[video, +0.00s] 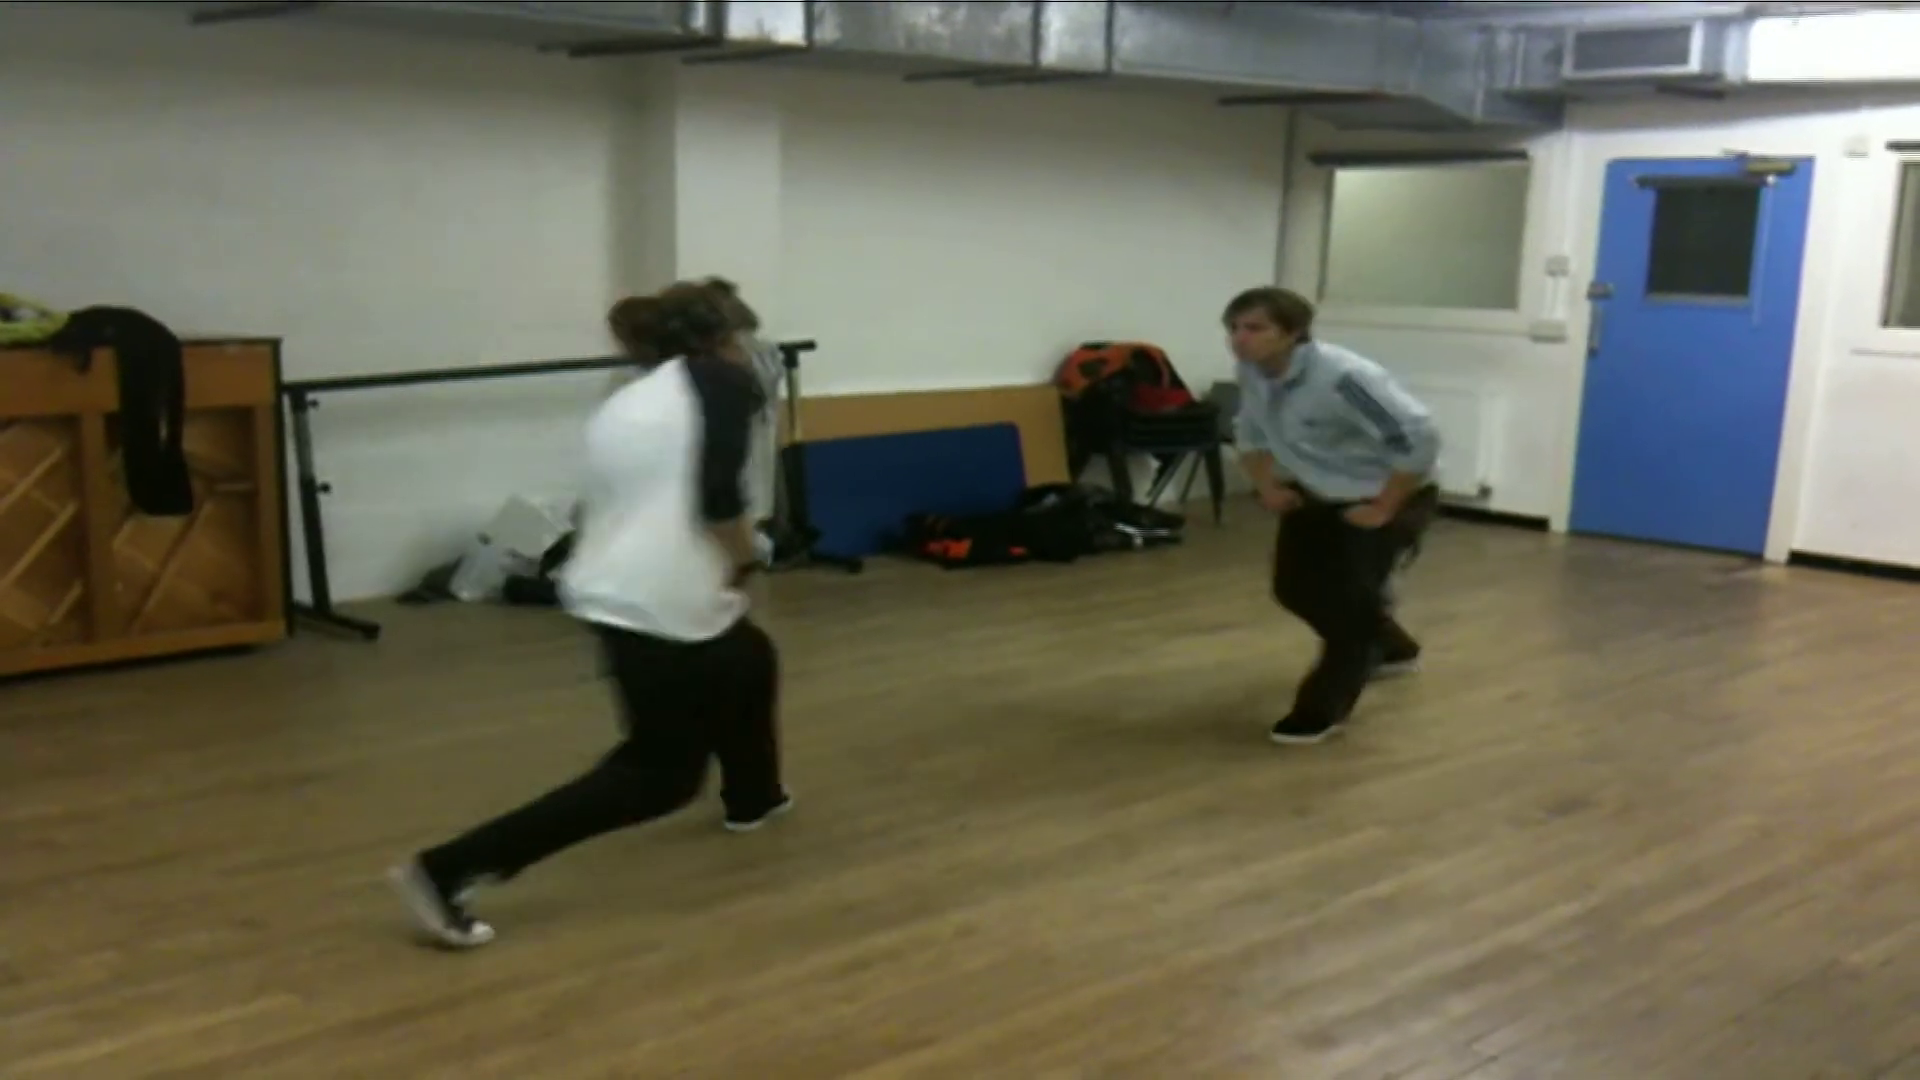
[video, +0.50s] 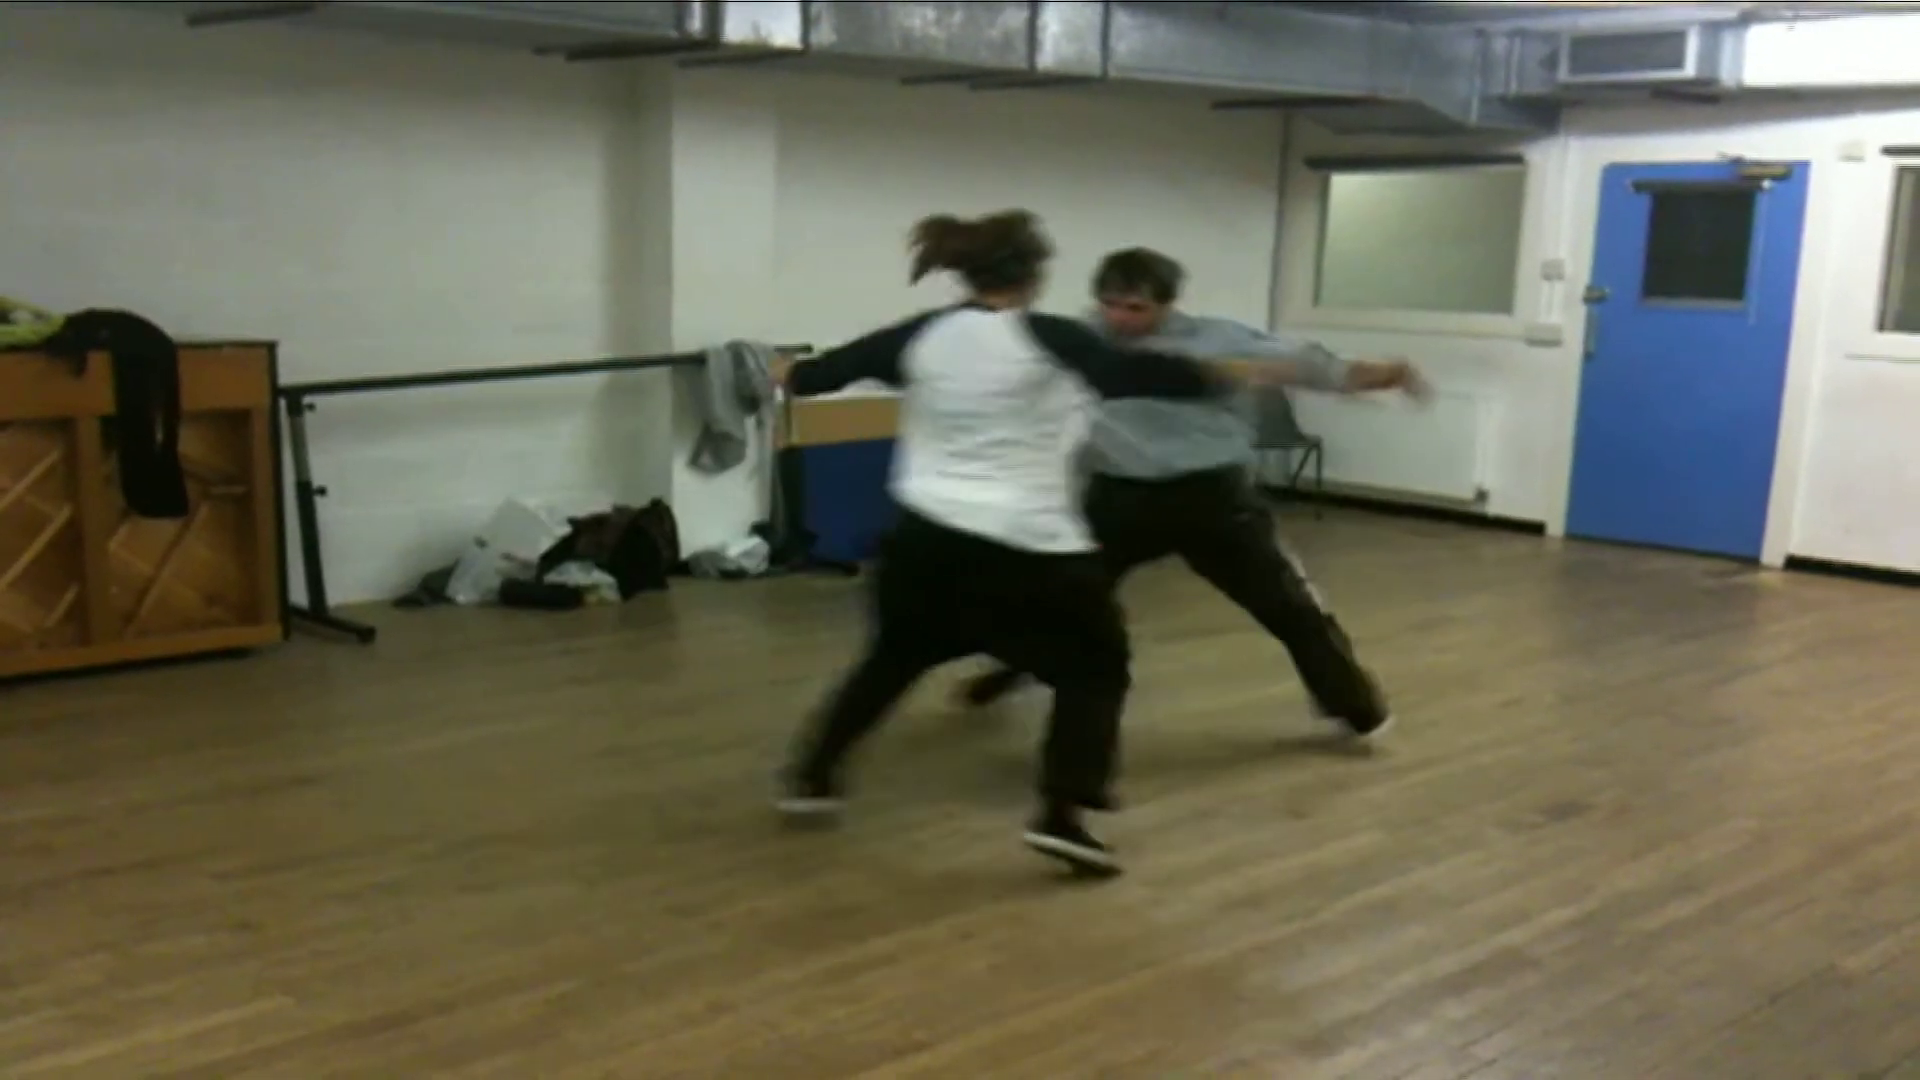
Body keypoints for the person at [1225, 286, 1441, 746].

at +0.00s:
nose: (1239, 339)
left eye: (1252, 329)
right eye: (1235, 329)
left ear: (1288, 334)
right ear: (1232, 333)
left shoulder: (1341, 375)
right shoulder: (1253, 375)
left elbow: (1421, 436)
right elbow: (1249, 437)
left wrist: (1384, 505)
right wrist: (1267, 485)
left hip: (1382, 498)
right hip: (1317, 495)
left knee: (1350, 599)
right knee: (1294, 585)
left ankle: (1318, 711)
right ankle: (1390, 644)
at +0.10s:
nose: (1222, 337)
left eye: (1236, 325)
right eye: (1217, 326)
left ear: (1275, 328)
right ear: (1212, 328)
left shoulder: (1337, 369)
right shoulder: (1229, 371)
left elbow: (1391, 443)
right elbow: (1218, 430)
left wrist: (1337, 501)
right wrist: (1237, 486)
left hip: (1351, 496)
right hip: (1281, 492)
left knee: (1303, 591)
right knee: (1232, 575)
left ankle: (1308, 710)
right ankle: (1332, 618)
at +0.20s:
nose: (1215, 338)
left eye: (1229, 326)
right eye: (1209, 326)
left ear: (1270, 329)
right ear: (1204, 328)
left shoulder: (1333, 372)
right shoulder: (1205, 377)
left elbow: (1352, 466)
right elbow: (1192, 448)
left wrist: (1287, 503)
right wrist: (1196, 504)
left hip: (1316, 502)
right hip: (1242, 502)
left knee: (1285, 590)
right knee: (1172, 561)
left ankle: (1304, 709)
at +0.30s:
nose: (1193, 343)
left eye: (1207, 332)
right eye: (1188, 332)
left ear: (1249, 337)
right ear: (1183, 333)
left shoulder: (1313, 384)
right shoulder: (1169, 381)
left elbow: (1327, 466)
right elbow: (1132, 443)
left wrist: (1236, 486)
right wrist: (1173, 481)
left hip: (1274, 516)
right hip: (1197, 514)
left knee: (1275, 600)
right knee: (1141, 584)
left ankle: (1303, 709)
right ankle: (1229, 668)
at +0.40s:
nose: (1162, 331)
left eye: (1177, 320)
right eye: (1155, 318)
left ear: (1215, 322)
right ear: (1147, 317)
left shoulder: (1270, 362)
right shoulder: (1130, 368)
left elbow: (1343, 419)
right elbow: (1053, 406)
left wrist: (1292, 401)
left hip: (1253, 514)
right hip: (1172, 514)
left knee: (1284, 604)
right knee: (1099, 583)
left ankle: (1310, 708)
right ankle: (1174, 648)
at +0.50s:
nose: (1120, 319)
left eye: (1135, 308)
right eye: (1112, 306)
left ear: (1163, 306)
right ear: (1099, 302)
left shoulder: (1209, 341)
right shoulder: (1082, 346)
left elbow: (1291, 361)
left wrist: (1369, 376)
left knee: (1287, 604)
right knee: (1056, 587)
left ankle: (1359, 706)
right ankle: (1016, 662)